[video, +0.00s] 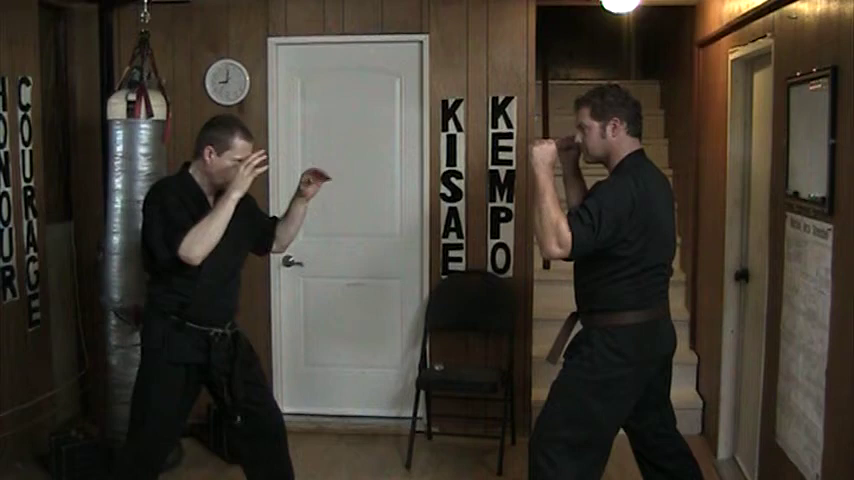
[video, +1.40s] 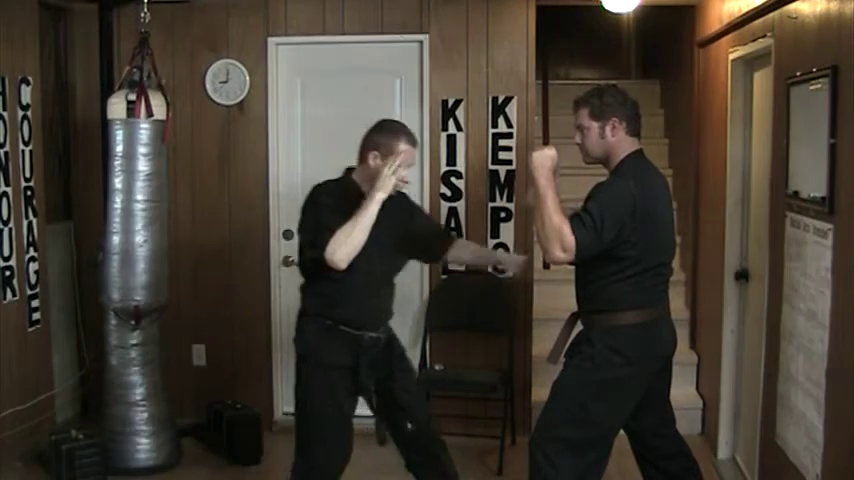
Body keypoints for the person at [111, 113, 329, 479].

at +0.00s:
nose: (244, 172)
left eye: (247, 163)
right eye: (238, 162)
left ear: (215, 156)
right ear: (209, 156)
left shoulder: (236, 200)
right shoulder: (166, 195)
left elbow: (273, 242)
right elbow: (191, 251)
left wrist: (301, 200)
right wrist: (234, 193)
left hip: (224, 341)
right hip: (173, 341)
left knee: (266, 434)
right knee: (148, 446)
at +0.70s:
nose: (278, 170)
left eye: (282, 162)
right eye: (273, 160)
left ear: (251, 156)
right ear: (248, 155)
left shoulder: (250, 201)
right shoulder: (208, 194)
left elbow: (286, 250)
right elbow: (247, 248)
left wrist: (317, 226)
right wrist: (282, 187)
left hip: (247, 340)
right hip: (201, 341)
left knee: (279, 430)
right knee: (171, 445)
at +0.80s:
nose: (298, 167)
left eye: (302, 160)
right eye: (294, 157)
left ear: (271, 154)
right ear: (267, 151)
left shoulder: (275, 196)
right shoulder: (226, 191)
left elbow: (307, 246)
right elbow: (265, 247)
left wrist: (338, 227)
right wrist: (299, 185)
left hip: (268, 336)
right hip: (223, 336)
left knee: (287, 430)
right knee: (214, 436)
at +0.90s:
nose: (317, 164)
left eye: (319, 156)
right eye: (311, 154)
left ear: (290, 154)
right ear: (284, 152)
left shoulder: (295, 195)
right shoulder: (241, 190)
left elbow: (326, 245)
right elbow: (276, 247)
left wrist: (357, 230)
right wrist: (309, 187)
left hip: (285, 336)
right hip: (240, 337)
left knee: (297, 430)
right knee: (246, 438)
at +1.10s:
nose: (340, 167)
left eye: (344, 159)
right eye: (336, 156)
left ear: (316, 152)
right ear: (309, 151)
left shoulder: (321, 193)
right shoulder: (266, 192)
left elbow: (346, 250)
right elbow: (296, 250)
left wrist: (374, 238)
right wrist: (323, 187)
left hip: (320, 333)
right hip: (275, 335)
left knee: (349, 425)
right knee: (298, 440)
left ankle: (315, 478)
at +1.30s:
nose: (381, 168)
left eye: (384, 160)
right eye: (376, 158)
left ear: (355, 157)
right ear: (349, 153)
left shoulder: (363, 198)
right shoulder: (303, 193)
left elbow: (390, 248)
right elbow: (328, 253)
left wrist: (429, 250)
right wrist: (365, 191)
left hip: (356, 340)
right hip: (307, 340)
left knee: (404, 442)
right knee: (314, 452)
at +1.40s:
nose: (404, 176)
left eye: (408, 168)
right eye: (399, 165)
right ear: (372, 158)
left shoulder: (398, 208)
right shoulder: (326, 196)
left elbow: (445, 246)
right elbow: (337, 256)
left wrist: (499, 258)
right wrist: (378, 194)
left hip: (378, 342)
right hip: (325, 341)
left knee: (423, 442)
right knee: (324, 454)